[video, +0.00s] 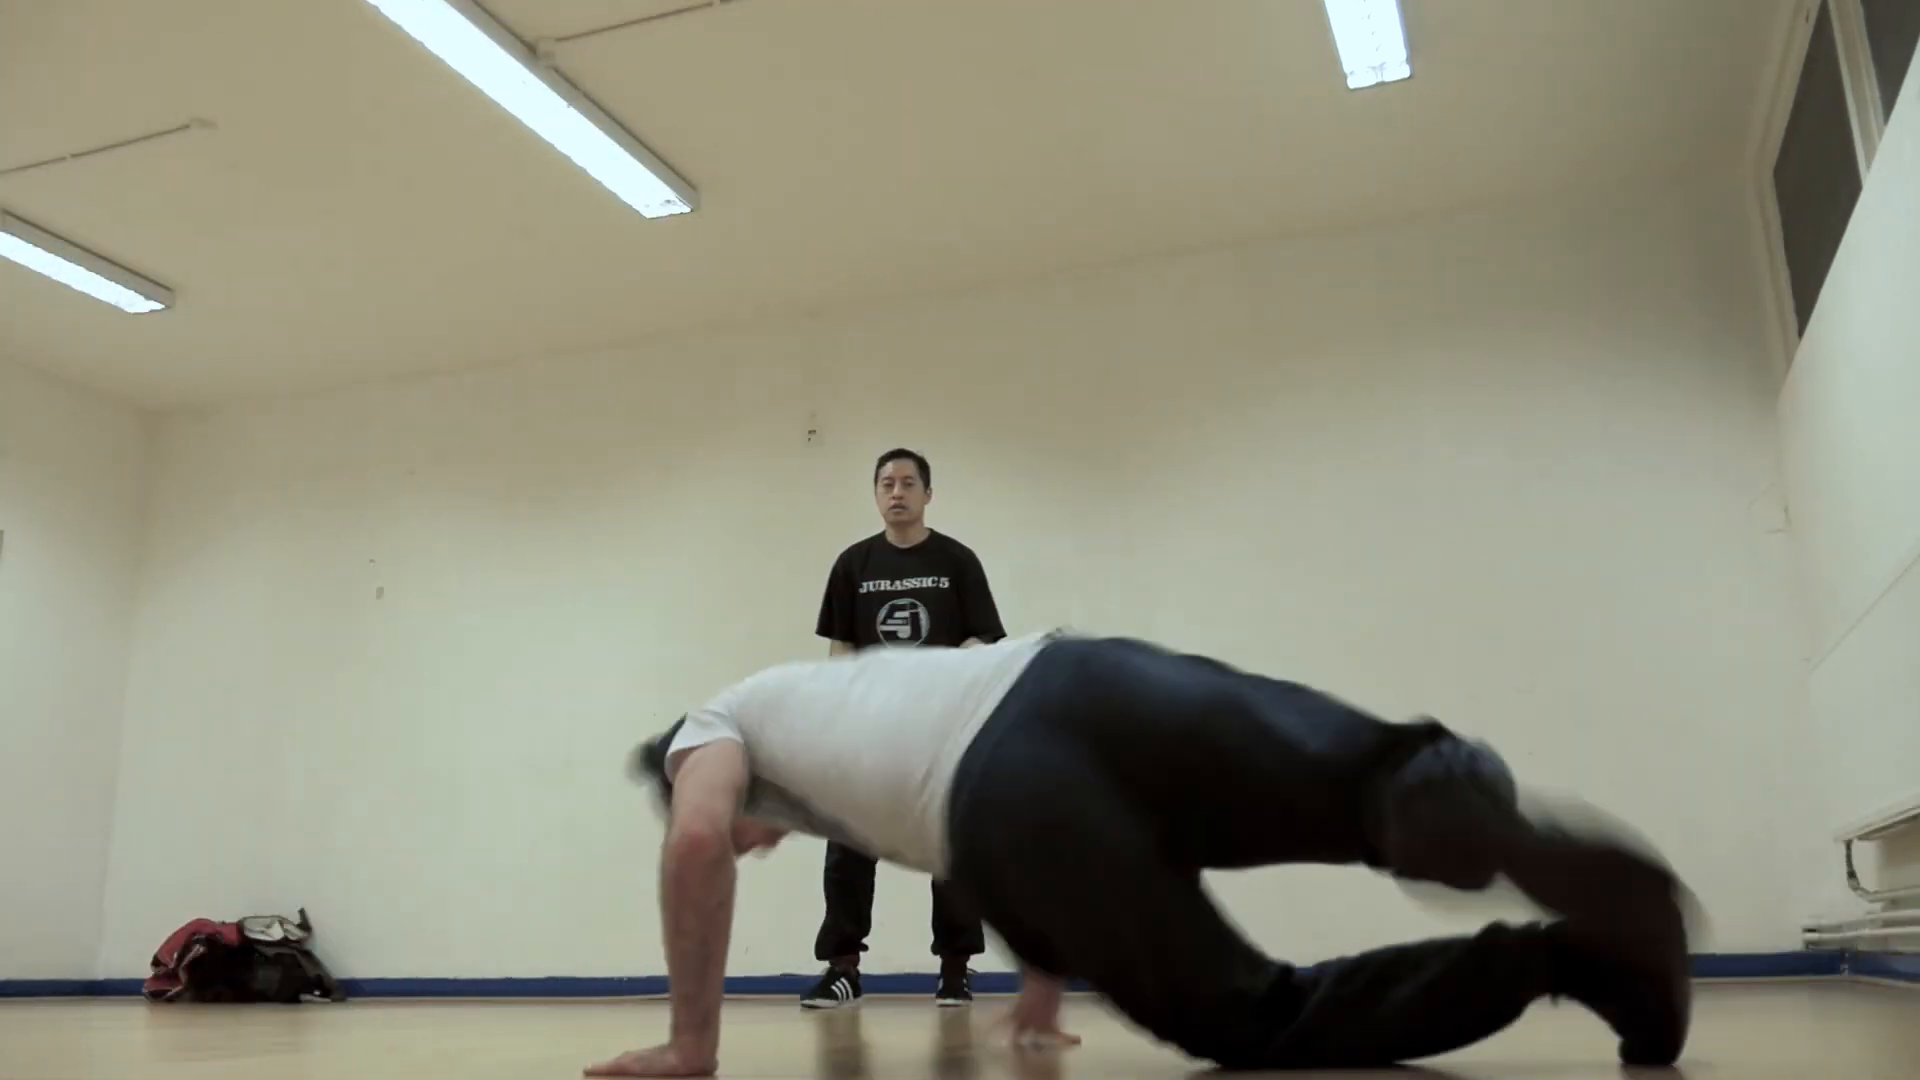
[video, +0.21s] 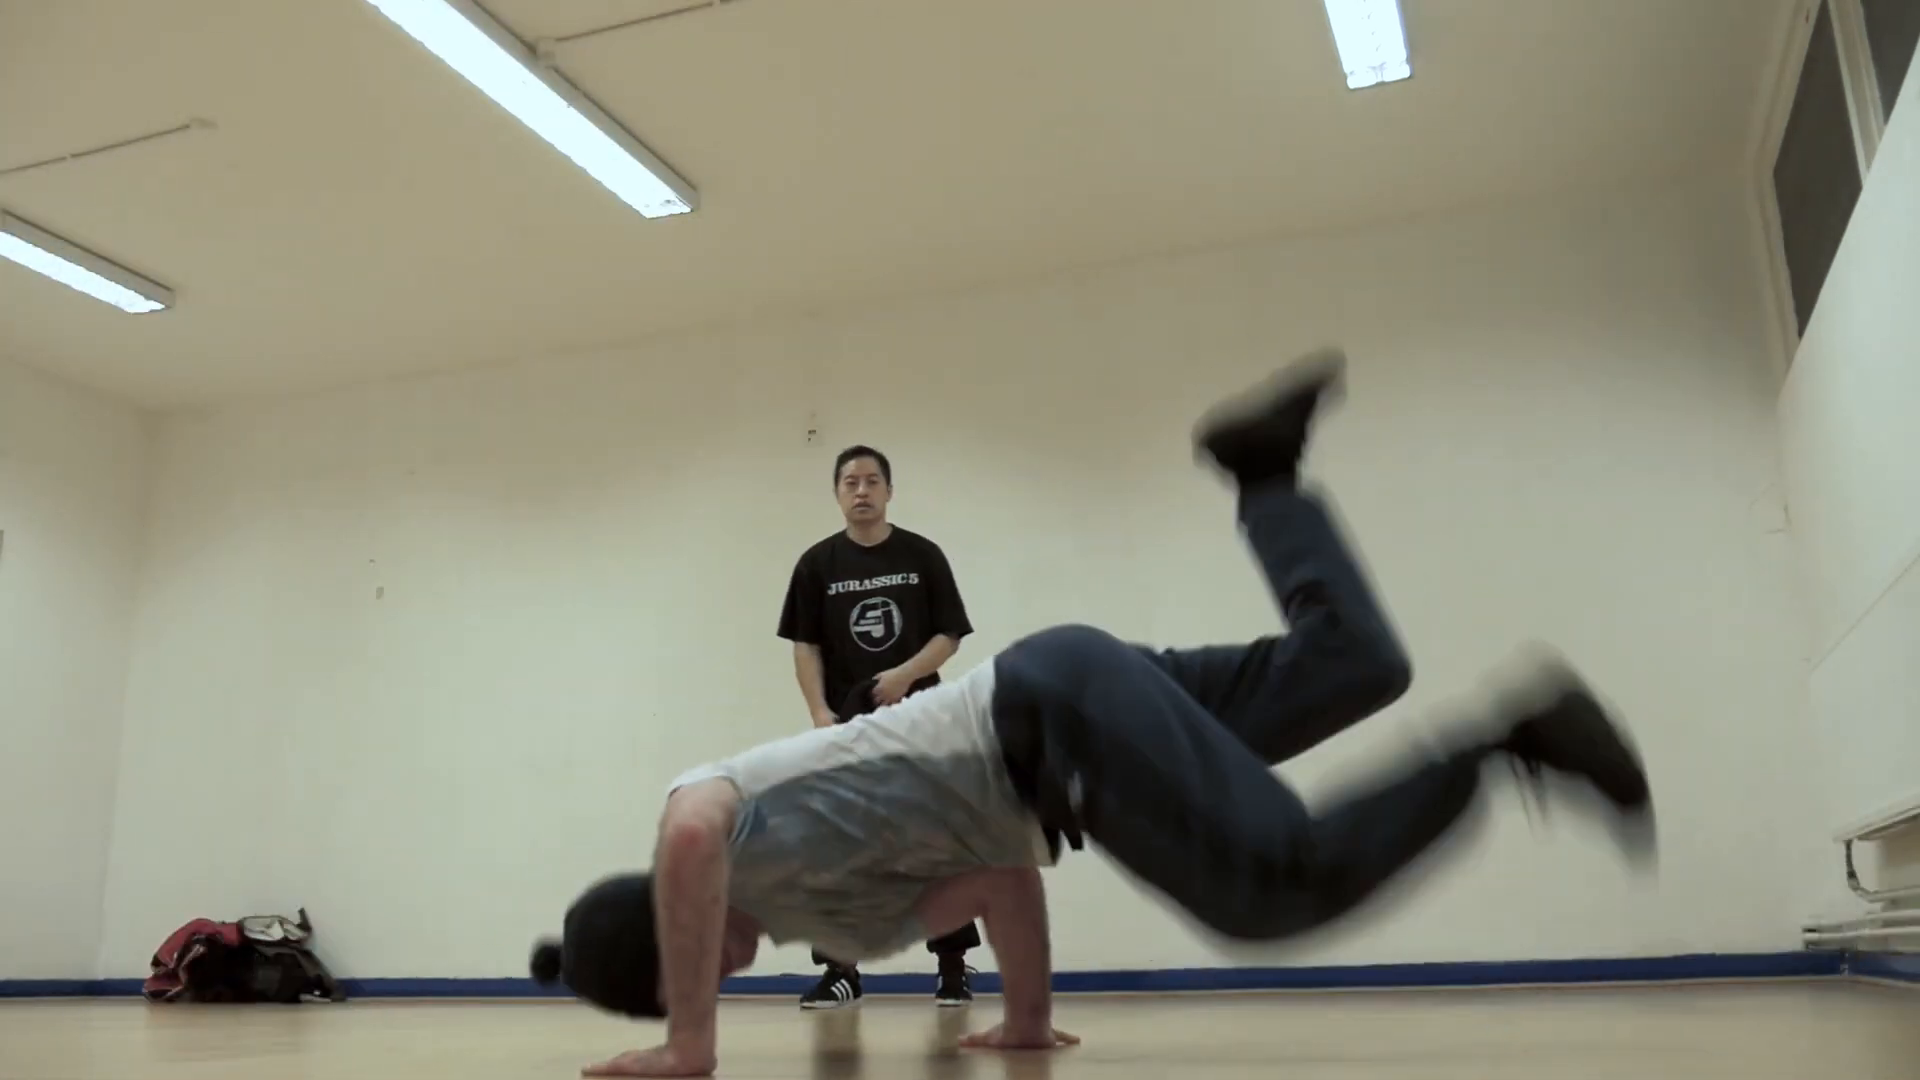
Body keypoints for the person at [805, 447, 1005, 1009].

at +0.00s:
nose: (896, 492)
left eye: (907, 483)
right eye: (887, 484)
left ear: (927, 495)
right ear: (875, 496)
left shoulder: (957, 561)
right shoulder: (854, 563)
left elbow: (982, 649)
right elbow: (840, 654)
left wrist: (962, 711)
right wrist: (835, 728)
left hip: (941, 718)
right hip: (863, 721)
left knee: (951, 837)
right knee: (848, 845)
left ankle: (955, 968)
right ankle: (842, 968)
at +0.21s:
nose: (862, 490)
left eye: (871, 481)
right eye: (852, 482)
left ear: (889, 492)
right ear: (837, 495)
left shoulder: (923, 555)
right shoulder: (816, 564)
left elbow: (951, 633)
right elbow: (805, 646)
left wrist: (907, 673)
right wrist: (819, 710)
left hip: (918, 719)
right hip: (848, 725)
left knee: (935, 833)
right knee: (840, 841)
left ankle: (953, 965)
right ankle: (840, 969)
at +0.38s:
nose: (837, 493)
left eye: (846, 483)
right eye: (825, 485)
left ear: (863, 491)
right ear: (809, 496)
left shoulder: (900, 554)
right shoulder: (794, 568)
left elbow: (923, 634)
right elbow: (785, 657)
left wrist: (879, 678)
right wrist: (805, 724)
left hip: (900, 716)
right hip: (830, 728)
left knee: (923, 832)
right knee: (836, 841)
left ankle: (943, 959)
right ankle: (840, 969)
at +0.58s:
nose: (822, 494)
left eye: (831, 484)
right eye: (811, 486)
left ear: (847, 491)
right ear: (794, 498)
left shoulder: (888, 555)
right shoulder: (781, 572)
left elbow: (914, 640)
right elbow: (771, 663)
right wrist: (795, 731)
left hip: (897, 711)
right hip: (816, 729)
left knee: (921, 833)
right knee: (825, 843)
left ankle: (920, 959)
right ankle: (838, 967)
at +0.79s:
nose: (827, 494)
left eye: (835, 485)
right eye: (816, 488)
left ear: (851, 494)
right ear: (799, 501)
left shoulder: (892, 557)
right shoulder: (785, 573)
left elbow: (931, 638)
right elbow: (769, 662)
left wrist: (926, 715)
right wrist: (765, 736)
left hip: (894, 729)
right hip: (823, 736)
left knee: (909, 843)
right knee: (825, 854)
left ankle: (917, 949)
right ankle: (839, 969)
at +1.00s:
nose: (846, 500)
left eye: (854, 492)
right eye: (834, 493)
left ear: (870, 503)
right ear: (818, 506)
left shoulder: (906, 564)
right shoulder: (801, 577)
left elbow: (939, 644)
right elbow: (780, 661)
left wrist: (946, 715)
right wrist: (770, 736)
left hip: (903, 730)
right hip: (832, 736)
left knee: (917, 844)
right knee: (829, 850)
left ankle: (925, 959)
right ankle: (839, 967)